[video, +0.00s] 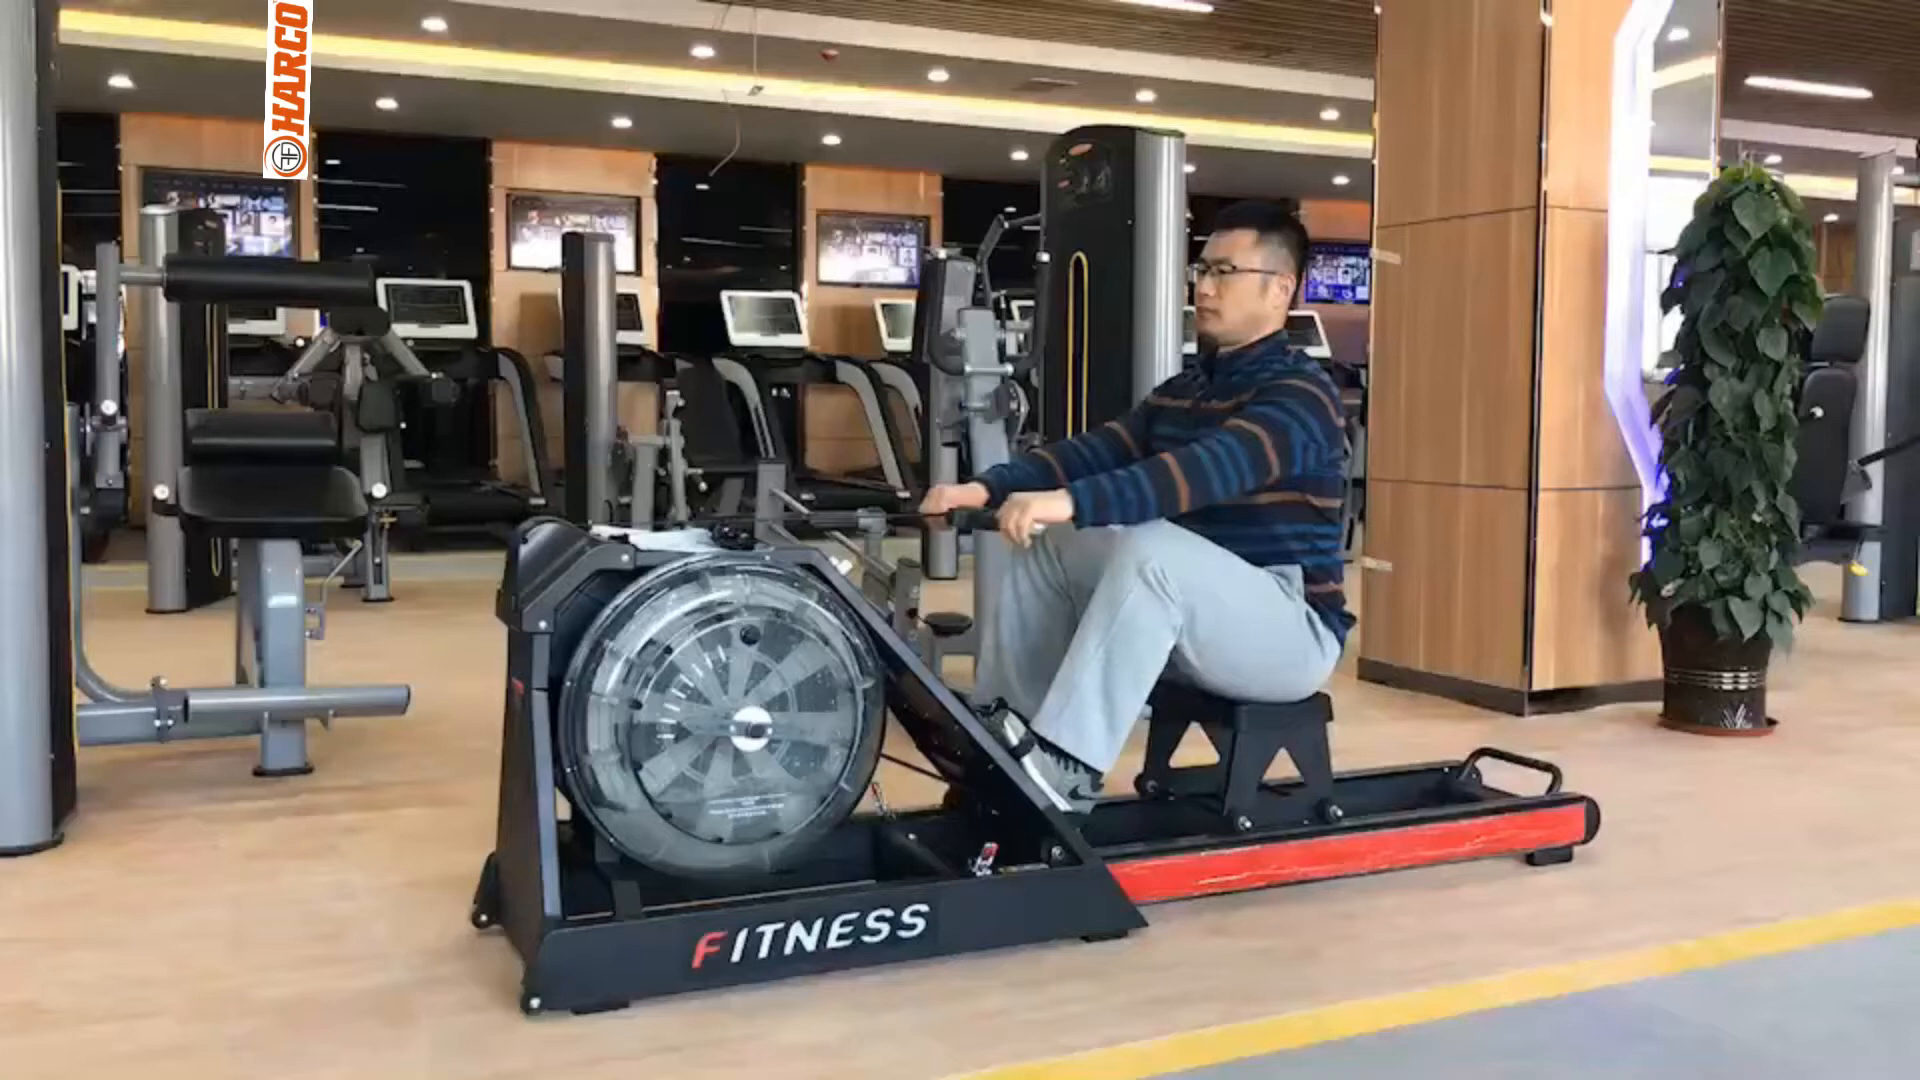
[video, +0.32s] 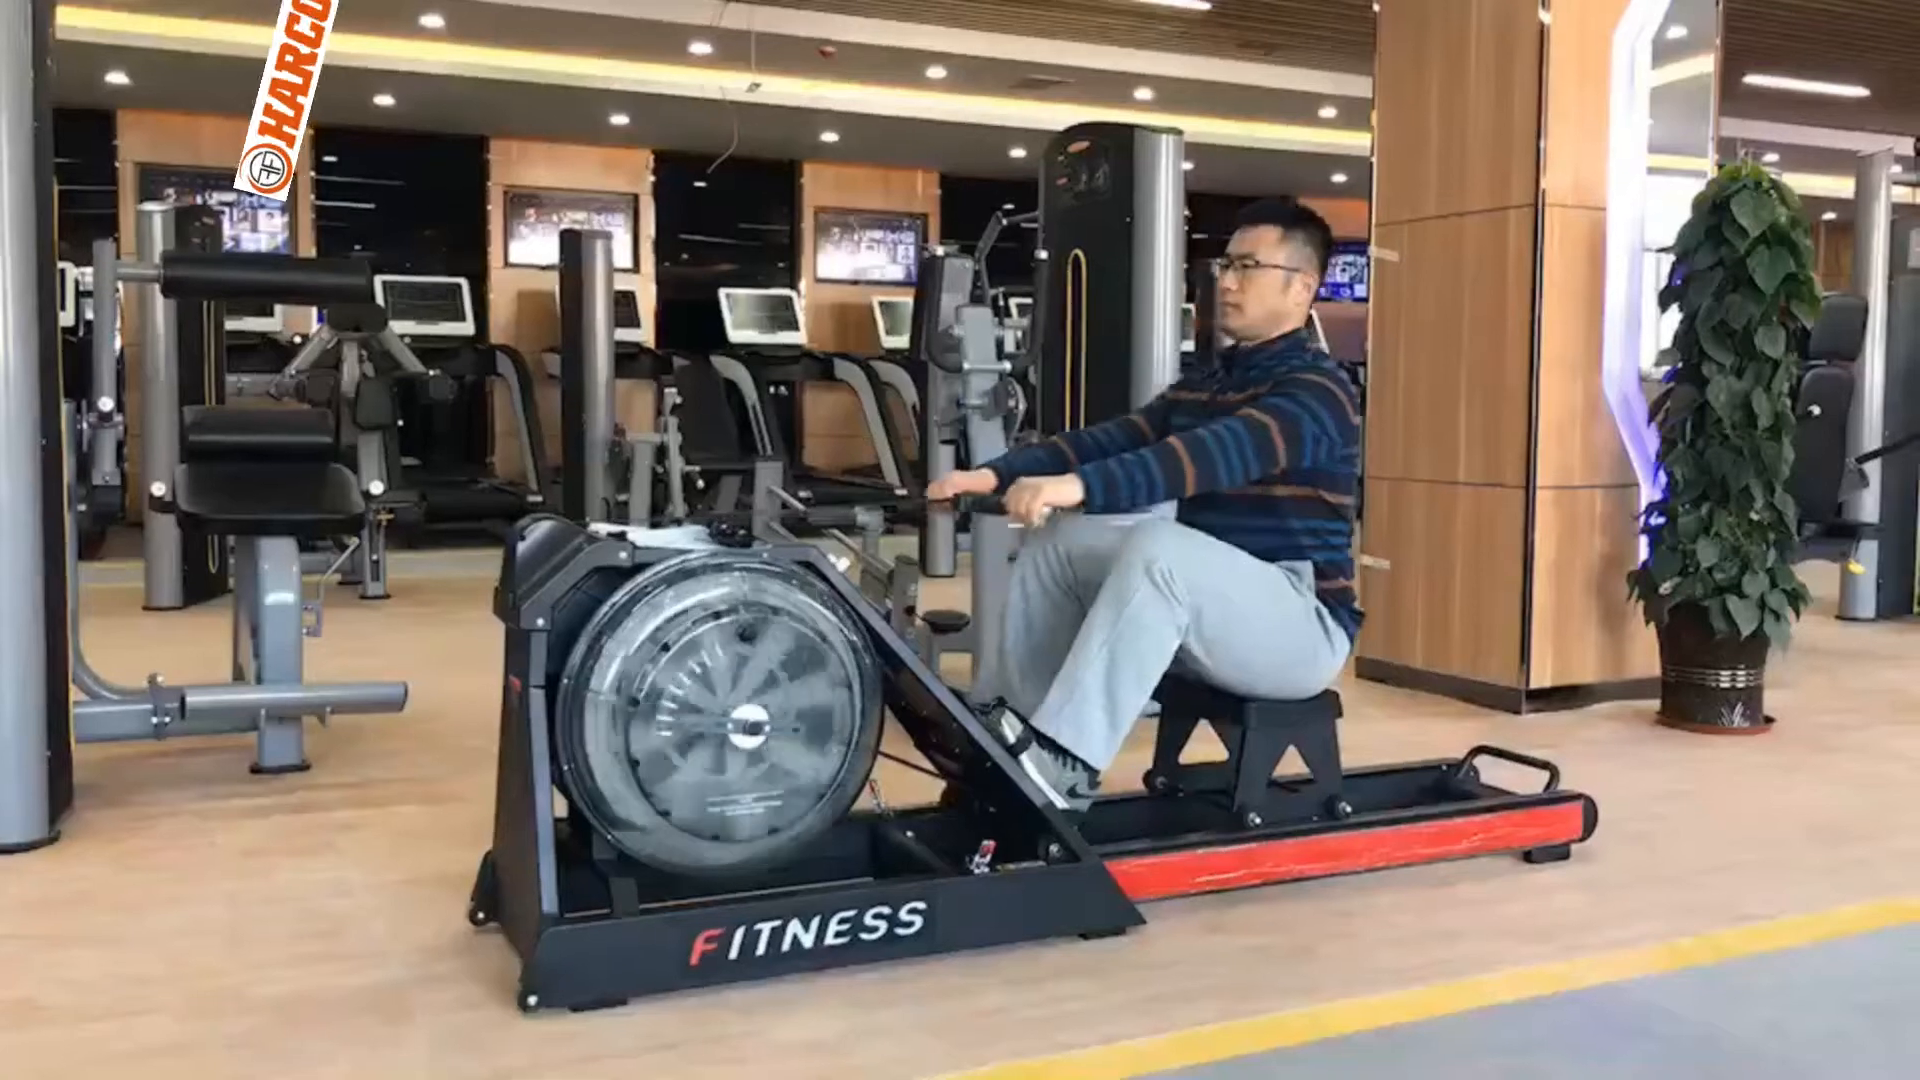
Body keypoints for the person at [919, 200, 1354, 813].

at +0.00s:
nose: (1201, 287)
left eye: (1222, 272)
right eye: (1200, 272)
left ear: (1282, 290)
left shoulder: (1301, 395)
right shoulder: (1185, 389)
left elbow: (1201, 473)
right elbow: (1097, 451)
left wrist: (1072, 502)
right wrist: (988, 487)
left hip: (1291, 631)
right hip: (1189, 613)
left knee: (1152, 552)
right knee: (1024, 533)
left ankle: (1070, 765)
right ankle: (1012, 727)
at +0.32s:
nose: (1226, 280)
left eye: (1248, 266)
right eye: (1225, 265)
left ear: (1300, 288)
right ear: (1216, 277)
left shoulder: (1316, 392)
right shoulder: (1209, 380)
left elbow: (1207, 457)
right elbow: (1120, 439)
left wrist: (1082, 486)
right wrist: (996, 474)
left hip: (1302, 625)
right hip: (1208, 603)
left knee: (1162, 556)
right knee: (1054, 538)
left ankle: (1068, 763)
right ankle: (1013, 733)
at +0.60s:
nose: (1307, 285)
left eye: (1327, 271)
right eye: (1305, 270)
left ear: (1380, 292)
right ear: (1298, 278)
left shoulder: (1395, 394)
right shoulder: (1281, 384)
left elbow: (1299, 465)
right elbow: (1193, 446)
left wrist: (1174, 492)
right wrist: (1074, 478)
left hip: (1357, 617)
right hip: (1265, 592)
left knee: (1206, 575)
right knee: (1101, 561)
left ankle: (1074, 761)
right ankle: (1008, 729)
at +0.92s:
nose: (1409, 311)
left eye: (1429, 295)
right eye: (1402, 294)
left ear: (1481, 309)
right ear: (1393, 299)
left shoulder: (1502, 408)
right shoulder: (1376, 402)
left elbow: (1444, 499)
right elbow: (1298, 473)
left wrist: (1324, 507)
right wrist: (1213, 485)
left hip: (1415, 614)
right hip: (1329, 591)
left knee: (1248, 635)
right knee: (1159, 606)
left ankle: (1094, 771)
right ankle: (1015, 727)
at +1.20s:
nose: (1426, 316)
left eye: (1447, 301)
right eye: (1422, 300)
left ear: (1500, 315)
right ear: (1417, 307)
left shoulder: (1534, 415)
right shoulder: (1400, 410)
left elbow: (1534, 535)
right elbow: (1358, 501)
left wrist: (1419, 527)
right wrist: (1301, 504)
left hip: (1424, 616)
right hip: (1335, 590)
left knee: (1256, 670)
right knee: (1185, 632)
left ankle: (1094, 786)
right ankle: (1022, 728)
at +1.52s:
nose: (1356, 307)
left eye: (1377, 292)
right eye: (1351, 290)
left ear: (1431, 303)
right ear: (1344, 294)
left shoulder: (1467, 405)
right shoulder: (1339, 402)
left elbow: (1496, 529)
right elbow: (1310, 504)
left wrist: (1377, 528)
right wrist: (1257, 514)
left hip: (1396, 621)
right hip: (1305, 597)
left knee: (1234, 616)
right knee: (1137, 586)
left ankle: (1094, 771)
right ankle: (1014, 729)